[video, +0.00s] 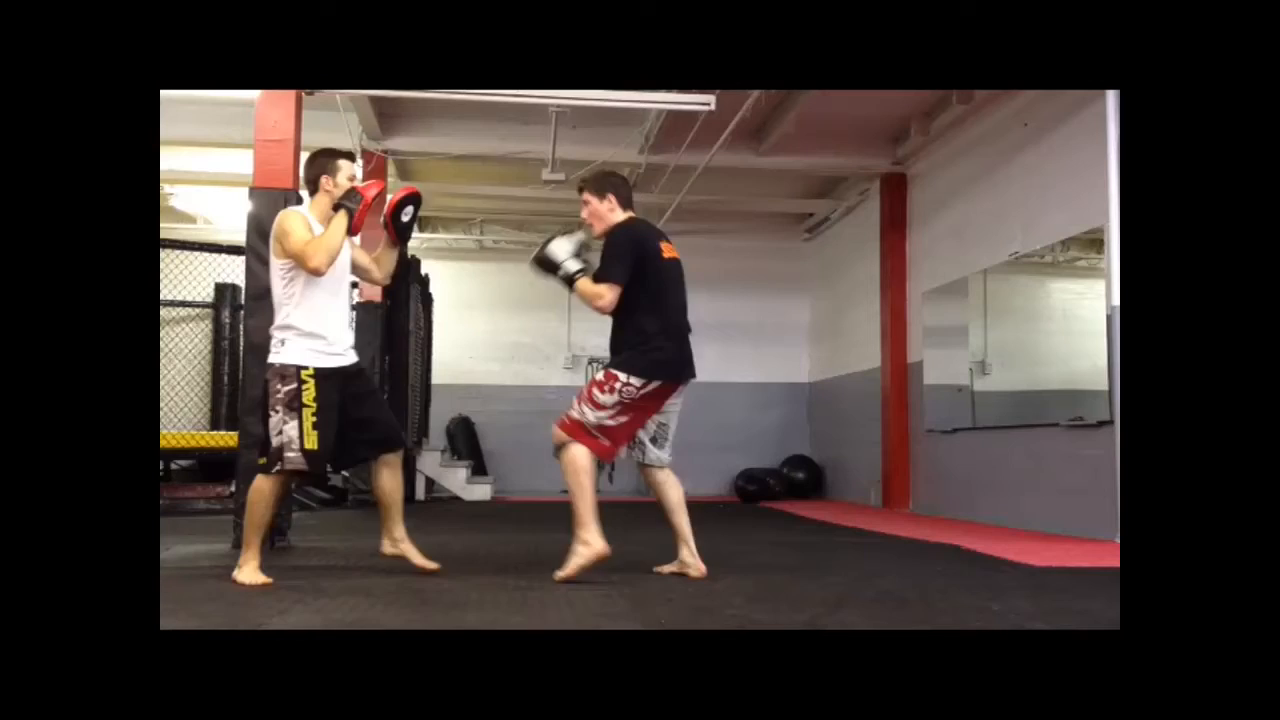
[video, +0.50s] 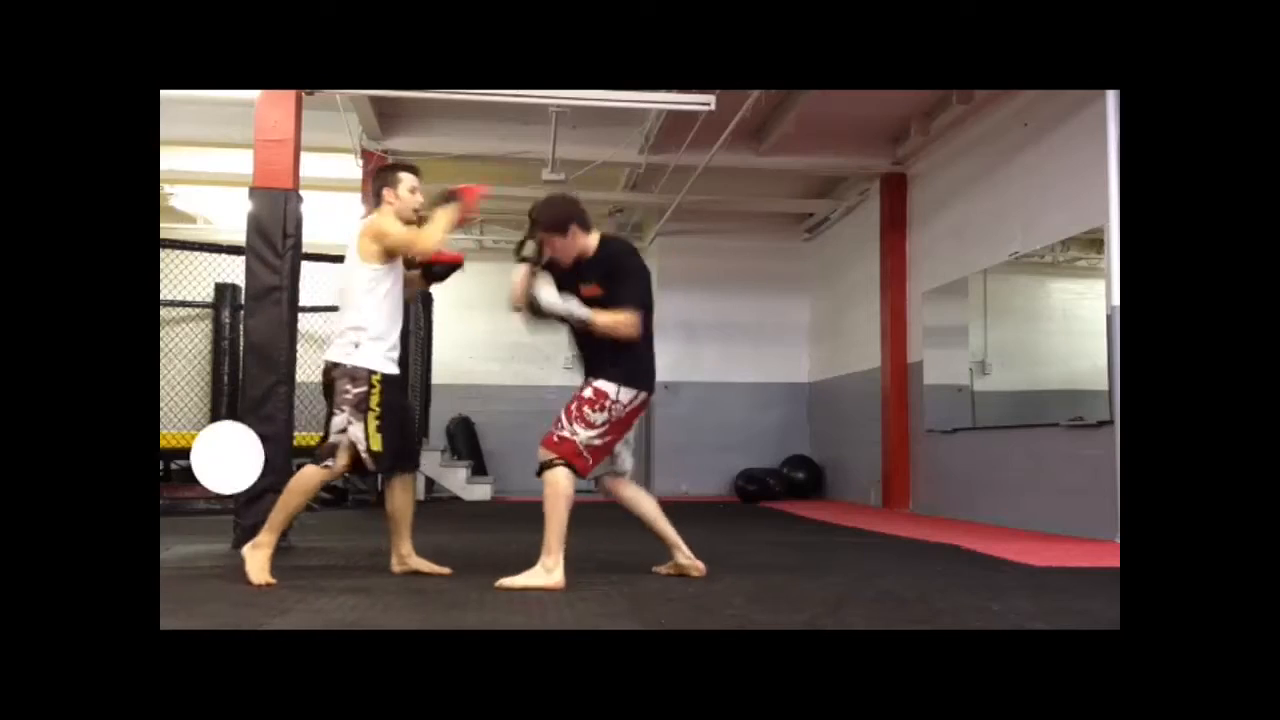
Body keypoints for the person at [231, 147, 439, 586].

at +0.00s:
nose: (357, 187)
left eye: (357, 180)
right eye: (350, 179)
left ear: (333, 185)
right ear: (325, 182)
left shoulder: (338, 235)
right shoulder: (290, 220)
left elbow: (380, 273)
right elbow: (317, 261)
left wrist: (400, 231)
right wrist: (346, 212)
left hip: (343, 363)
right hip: (297, 362)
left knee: (389, 446)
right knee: (281, 463)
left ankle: (395, 537)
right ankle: (248, 562)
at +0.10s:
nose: (368, 188)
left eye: (366, 180)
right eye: (360, 179)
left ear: (342, 186)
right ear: (334, 184)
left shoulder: (353, 240)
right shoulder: (298, 223)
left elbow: (397, 273)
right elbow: (316, 269)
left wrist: (401, 226)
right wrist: (351, 220)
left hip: (354, 366)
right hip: (306, 363)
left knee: (388, 455)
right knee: (283, 466)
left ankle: (405, 545)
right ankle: (249, 561)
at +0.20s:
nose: (381, 192)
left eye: (381, 185)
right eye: (373, 185)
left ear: (369, 193)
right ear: (347, 190)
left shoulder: (375, 240)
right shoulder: (314, 229)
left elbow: (424, 274)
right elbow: (320, 279)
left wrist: (431, 230)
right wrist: (355, 228)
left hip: (368, 368)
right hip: (321, 365)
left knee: (394, 463)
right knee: (295, 467)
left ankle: (403, 552)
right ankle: (250, 557)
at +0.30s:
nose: (399, 194)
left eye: (399, 187)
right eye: (391, 187)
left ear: (380, 193)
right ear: (364, 191)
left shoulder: (389, 243)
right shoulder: (335, 228)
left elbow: (439, 273)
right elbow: (334, 279)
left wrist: (434, 223)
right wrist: (375, 230)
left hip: (379, 366)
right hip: (337, 362)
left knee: (403, 460)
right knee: (318, 462)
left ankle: (404, 553)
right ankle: (255, 551)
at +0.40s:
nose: (411, 193)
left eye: (410, 186)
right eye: (403, 186)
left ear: (388, 193)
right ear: (378, 191)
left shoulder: (391, 240)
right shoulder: (353, 231)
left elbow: (421, 277)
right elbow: (370, 266)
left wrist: (448, 251)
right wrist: (400, 225)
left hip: (385, 364)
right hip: (350, 361)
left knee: (404, 459)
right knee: (336, 456)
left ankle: (404, 553)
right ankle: (261, 543)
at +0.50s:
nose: (421, 199)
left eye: (420, 192)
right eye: (413, 191)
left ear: (392, 197)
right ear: (388, 194)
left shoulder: (387, 233)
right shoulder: (379, 223)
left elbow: (390, 287)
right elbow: (424, 244)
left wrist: (428, 276)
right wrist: (447, 212)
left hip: (381, 363)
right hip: (358, 362)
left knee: (401, 460)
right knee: (336, 458)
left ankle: (403, 553)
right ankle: (262, 544)